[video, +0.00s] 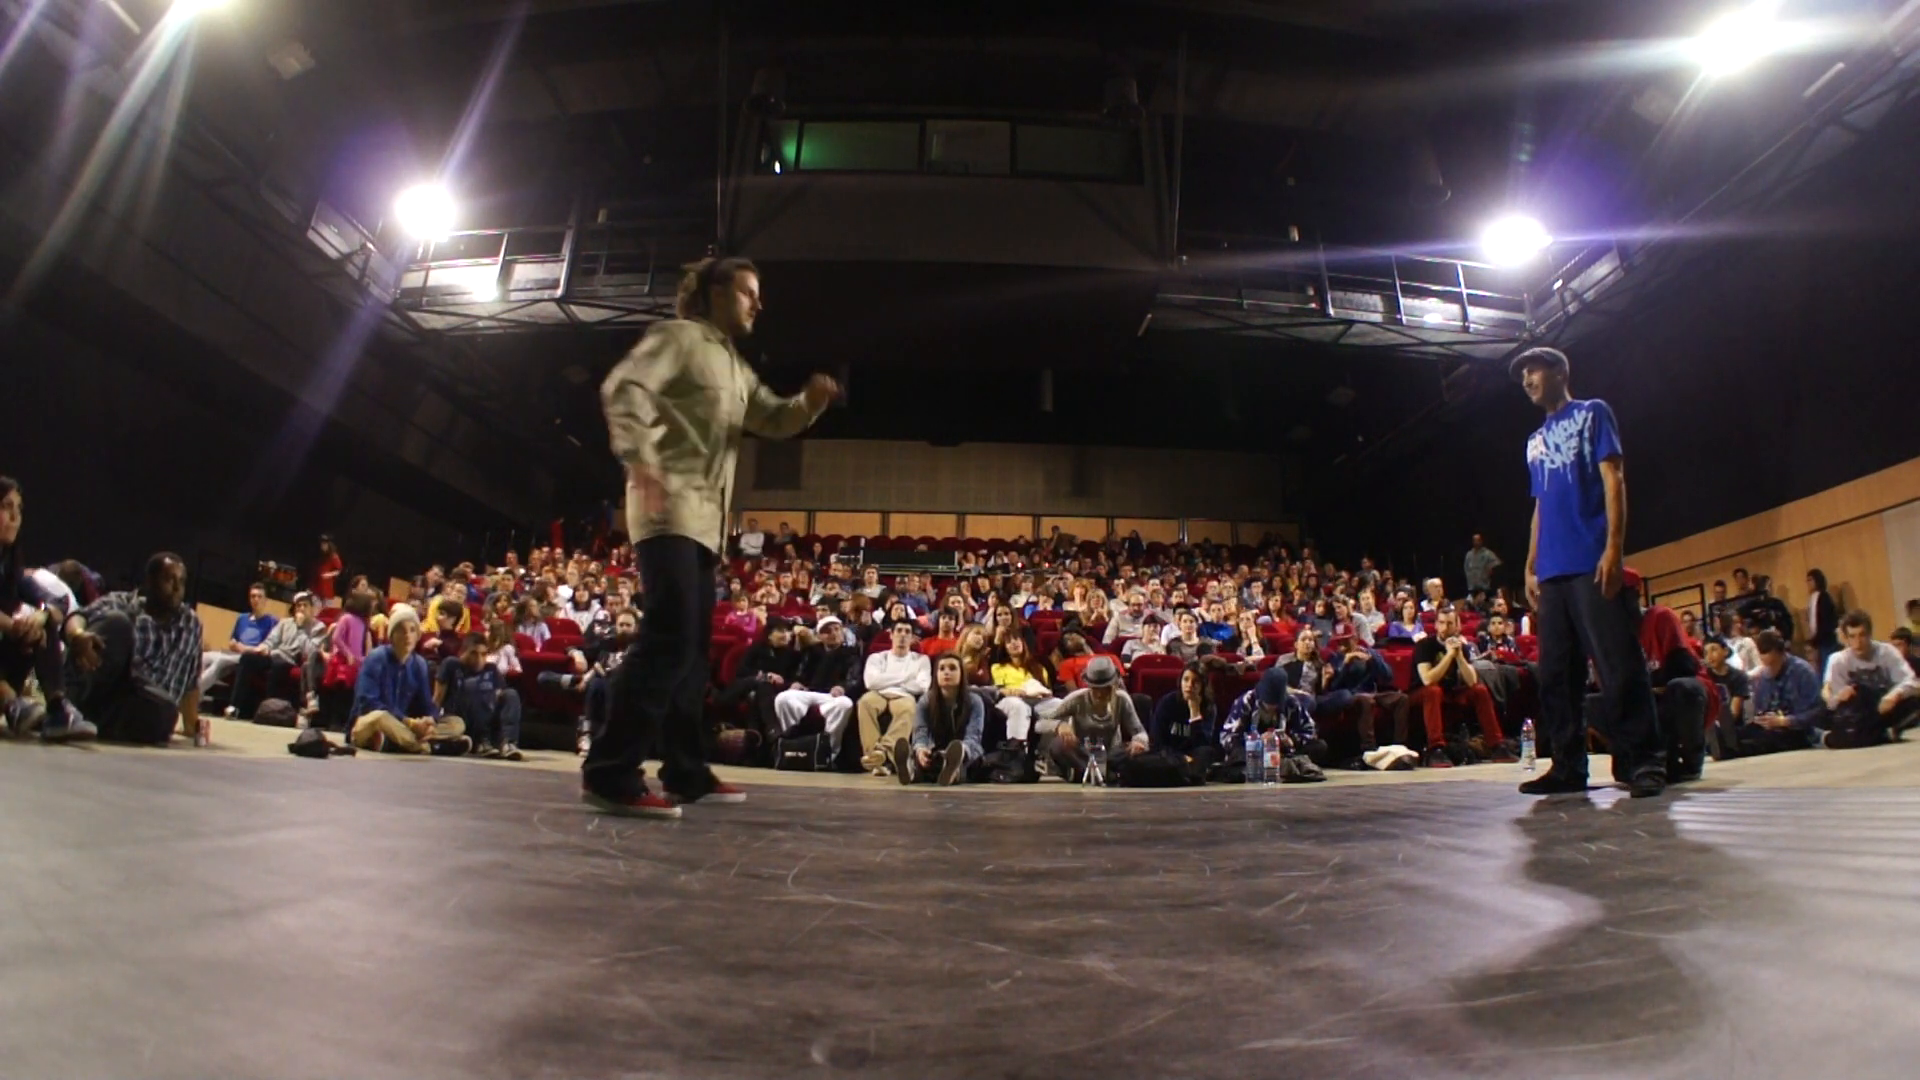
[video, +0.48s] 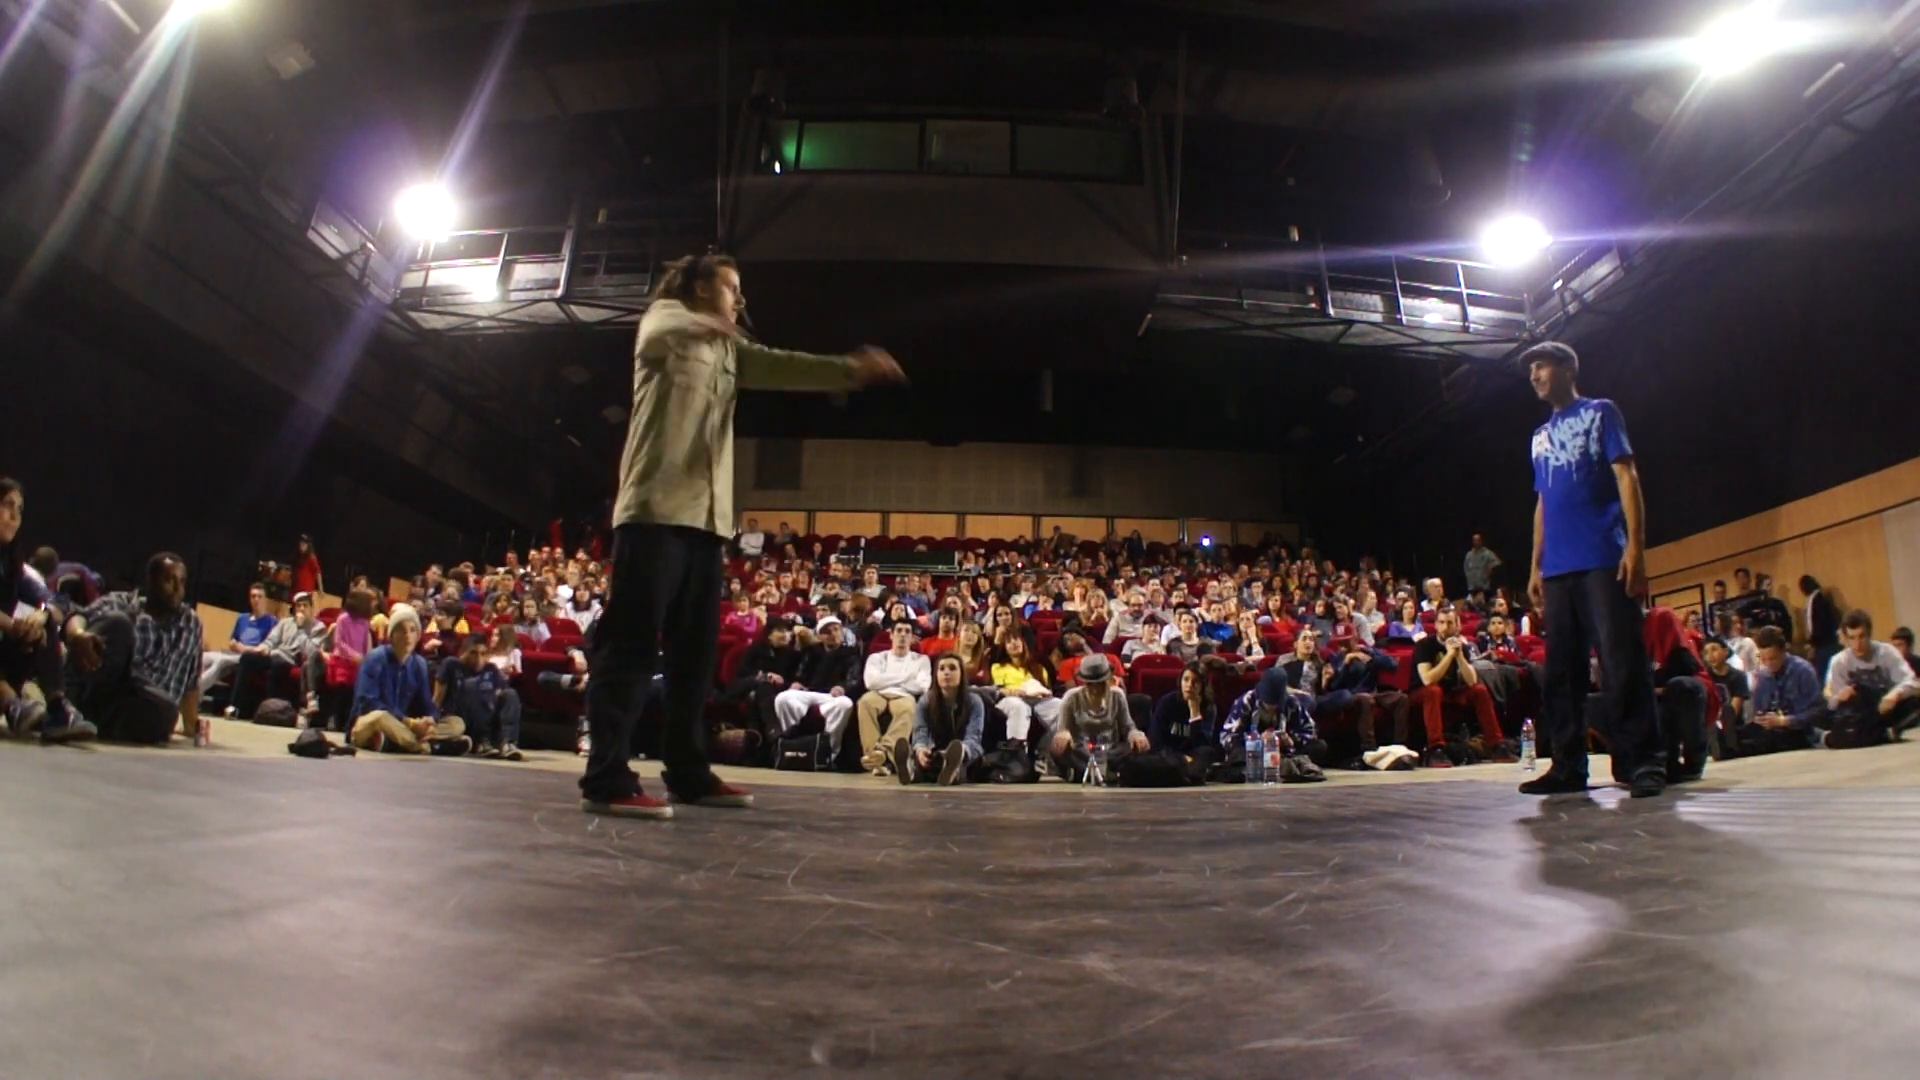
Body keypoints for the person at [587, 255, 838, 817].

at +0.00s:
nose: (756, 304)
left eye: (758, 296)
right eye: (747, 292)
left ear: (745, 304)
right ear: (714, 292)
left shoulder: (738, 370)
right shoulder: (679, 335)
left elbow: (773, 419)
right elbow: (625, 389)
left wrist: (811, 402)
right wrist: (643, 461)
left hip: (704, 521)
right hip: (666, 511)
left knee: (693, 647)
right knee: (669, 642)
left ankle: (686, 772)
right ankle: (611, 772)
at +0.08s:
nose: (750, 297)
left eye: (752, 289)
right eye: (741, 285)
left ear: (740, 299)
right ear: (707, 285)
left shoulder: (744, 363)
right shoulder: (662, 333)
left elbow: (796, 411)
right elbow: (598, 377)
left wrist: (809, 382)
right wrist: (611, 444)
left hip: (711, 519)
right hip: (661, 506)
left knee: (694, 647)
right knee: (655, 639)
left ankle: (685, 773)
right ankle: (610, 776)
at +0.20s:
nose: (744, 293)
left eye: (746, 285)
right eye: (735, 280)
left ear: (735, 295)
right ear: (701, 280)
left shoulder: (737, 350)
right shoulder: (660, 321)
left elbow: (782, 378)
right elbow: (617, 372)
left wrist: (828, 385)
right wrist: (575, 400)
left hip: (708, 519)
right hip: (654, 513)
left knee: (695, 658)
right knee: (631, 650)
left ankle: (691, 775)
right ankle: (609, 779)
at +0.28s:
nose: (740, 292)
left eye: (743, 285)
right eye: (731, 281)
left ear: (735, 295)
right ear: (696, 281)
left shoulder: (738, 349)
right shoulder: (661, 320)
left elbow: (790, 377)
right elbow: (617, 351)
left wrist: (856, 388)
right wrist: (571, 372)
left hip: (708, 514)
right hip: (655, 504)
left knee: (693, 651)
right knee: (639, 644)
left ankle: (690, 775)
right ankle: (610, 778)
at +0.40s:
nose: (740, 296)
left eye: (742, 289)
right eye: (731, 285)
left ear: (734, 298)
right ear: (695, 284)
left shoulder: (733, 345)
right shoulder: (666, 316)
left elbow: (797, 363)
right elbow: (635, 331)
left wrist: (873, 387)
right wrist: (639, 333)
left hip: (708, 515)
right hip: (654, 507)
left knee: (693, 650)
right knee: (635, 643)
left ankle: (689, 775)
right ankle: (609, 779)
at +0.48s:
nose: (740, 299)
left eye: (740, 291)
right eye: (731, 287)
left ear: (731, 300)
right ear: (694, 287)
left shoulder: (731, 349)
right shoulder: (663, 318)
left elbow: (784, 364)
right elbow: (662, 328)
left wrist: (853, 369)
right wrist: (713, 326)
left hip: (706, 517)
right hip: (652, 510)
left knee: (694, 653)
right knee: (629, 646)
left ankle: (688, 774)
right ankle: (606, 778)